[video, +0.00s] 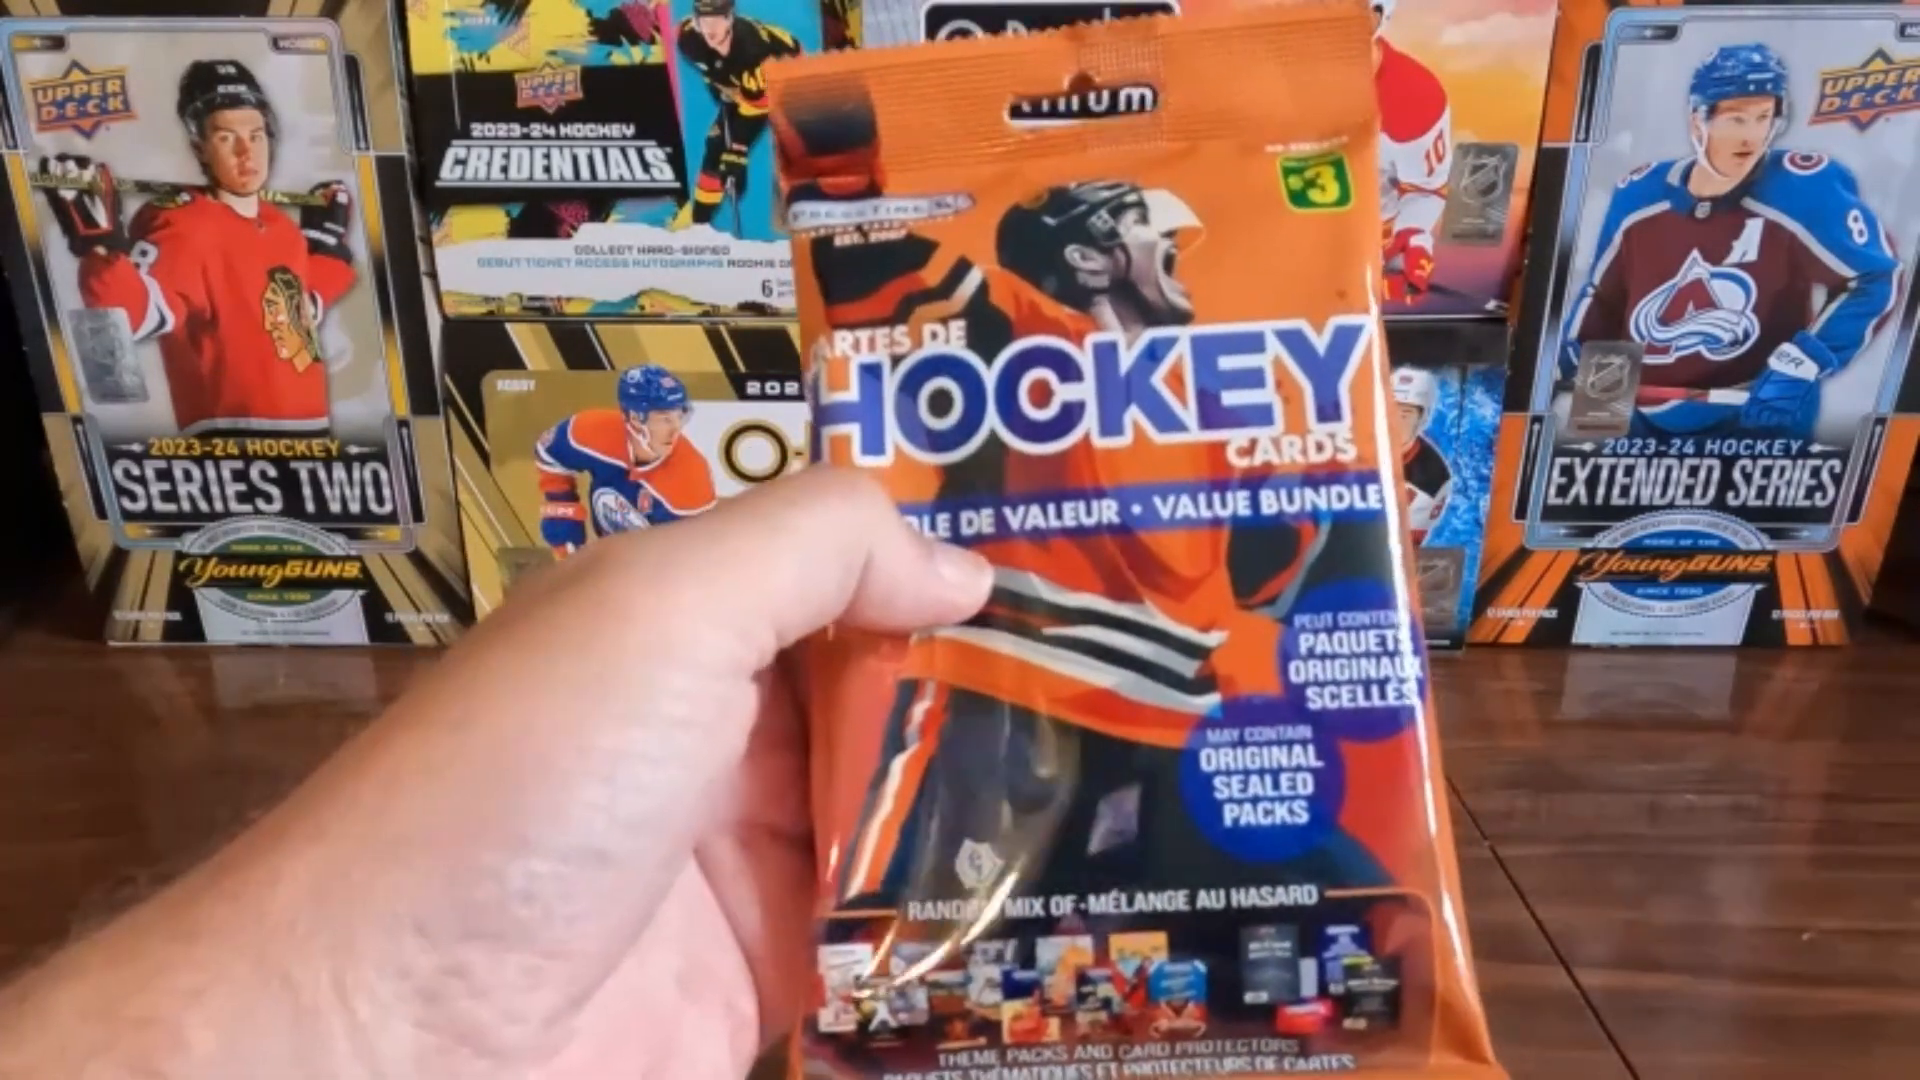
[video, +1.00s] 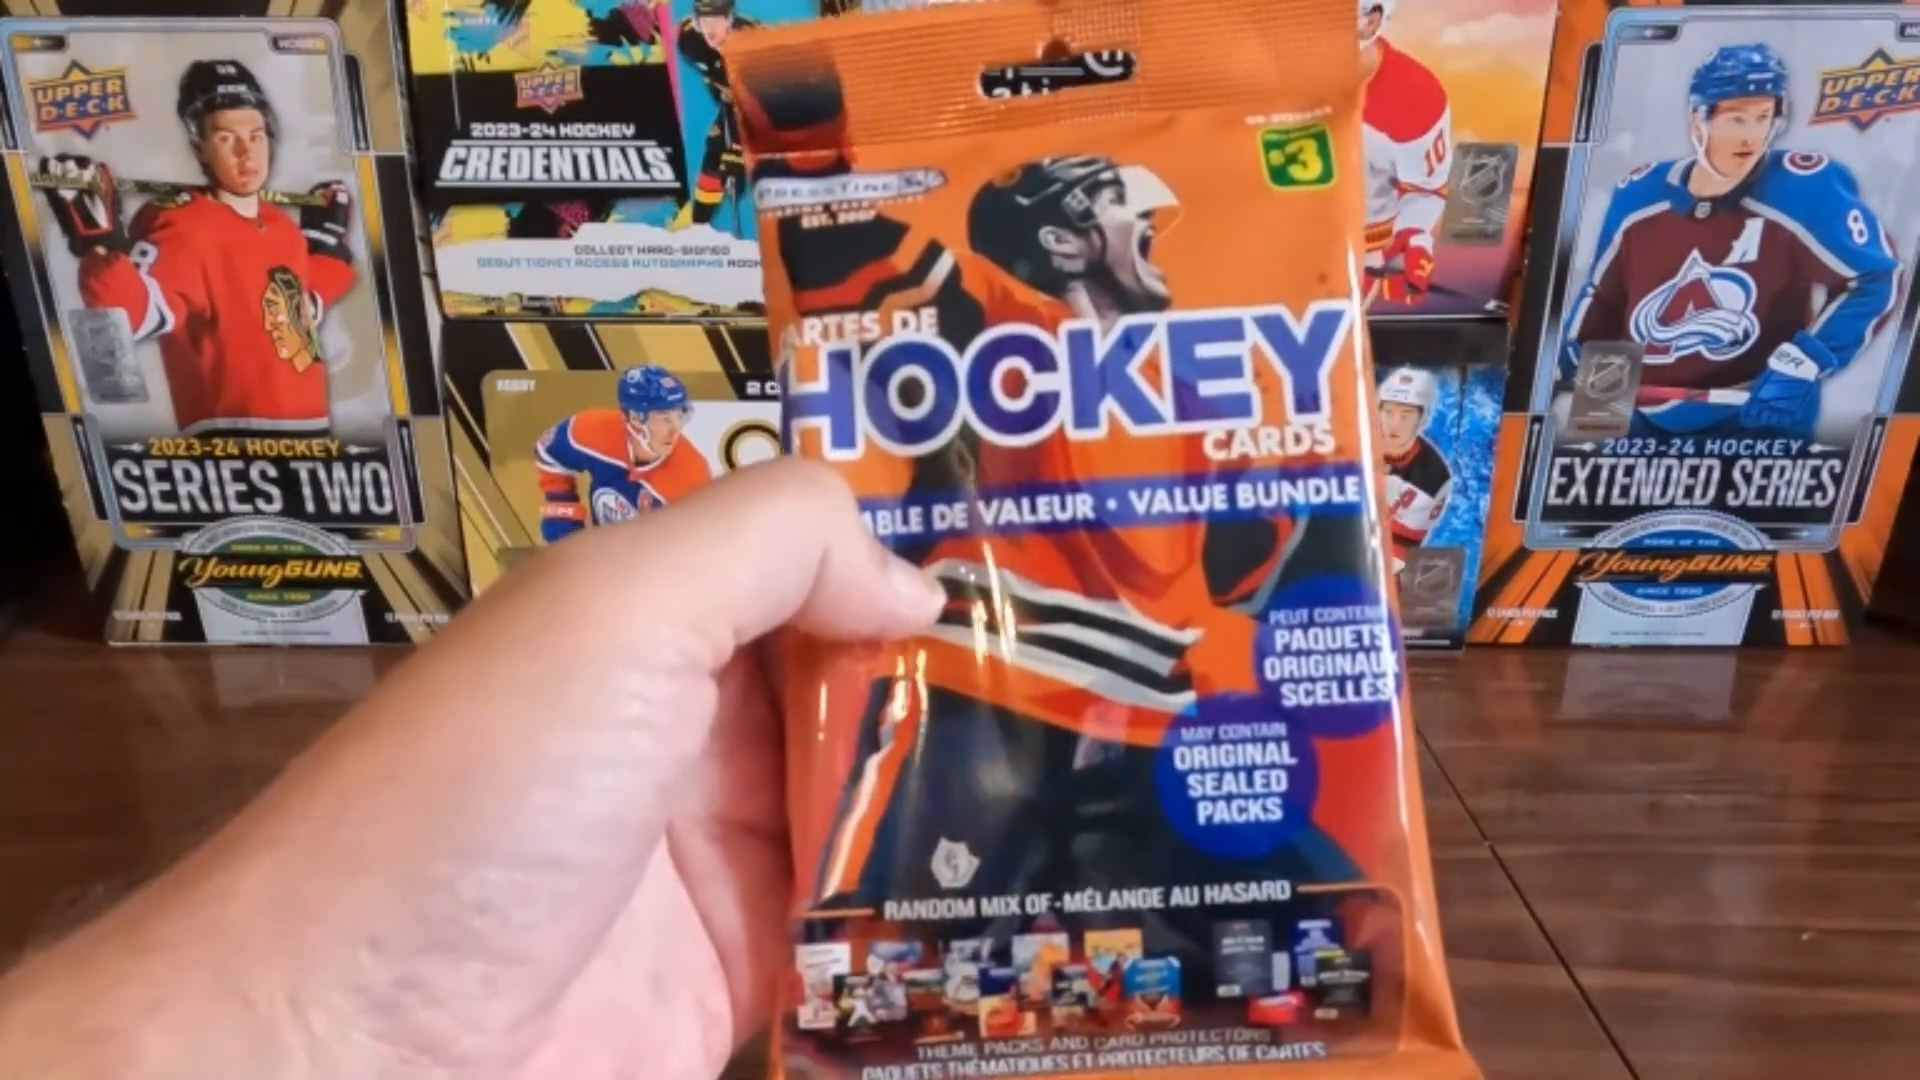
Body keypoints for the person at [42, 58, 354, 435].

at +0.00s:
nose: (247, 152)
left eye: (256, 135)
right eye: (227, 138)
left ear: (270, 140)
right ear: (201, 149)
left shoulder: (282, 228)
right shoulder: (184, 226)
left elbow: (301, 306)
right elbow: (141, 315)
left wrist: (334, 251)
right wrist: (101, 250)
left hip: (307, 432)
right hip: (230, 439)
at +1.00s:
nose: (247, 152)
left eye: (256, 135)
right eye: (228, 139)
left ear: (270, 139)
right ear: (201, 150)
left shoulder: (282, 227)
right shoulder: (184, 226)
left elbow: (302, 307)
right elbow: (140, 315)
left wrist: (333, 249)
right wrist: (100, 249)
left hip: (308, 433)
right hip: (231, 441)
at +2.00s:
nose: (247, 153)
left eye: (256, 135)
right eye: (228, 139)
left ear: (270, 139)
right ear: (200, 150)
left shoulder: (283, 228)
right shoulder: (184, 226)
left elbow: (302, 305)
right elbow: (141, 315)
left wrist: (335, 252)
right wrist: (100, 250)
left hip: (307, 433)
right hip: (230, 440)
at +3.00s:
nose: (247, 152)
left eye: (257, 135)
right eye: (227, 139)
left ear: (270, 139)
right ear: (200, 148)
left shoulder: (284, 229)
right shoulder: (180, 227)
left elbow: (327, 319)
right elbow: (141, 315)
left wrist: (331, 251)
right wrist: (100, 249)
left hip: (300, 421)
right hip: (223, 431)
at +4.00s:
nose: (246, 150)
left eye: (256, 134)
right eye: (227, 138)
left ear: (270, 139)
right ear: (200, 147)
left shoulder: (280, 225)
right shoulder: (183, 226)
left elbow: (301, 308)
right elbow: (139, 315)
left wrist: (333, 250)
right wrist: (99, 246)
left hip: (308, 424)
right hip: (232, 435)